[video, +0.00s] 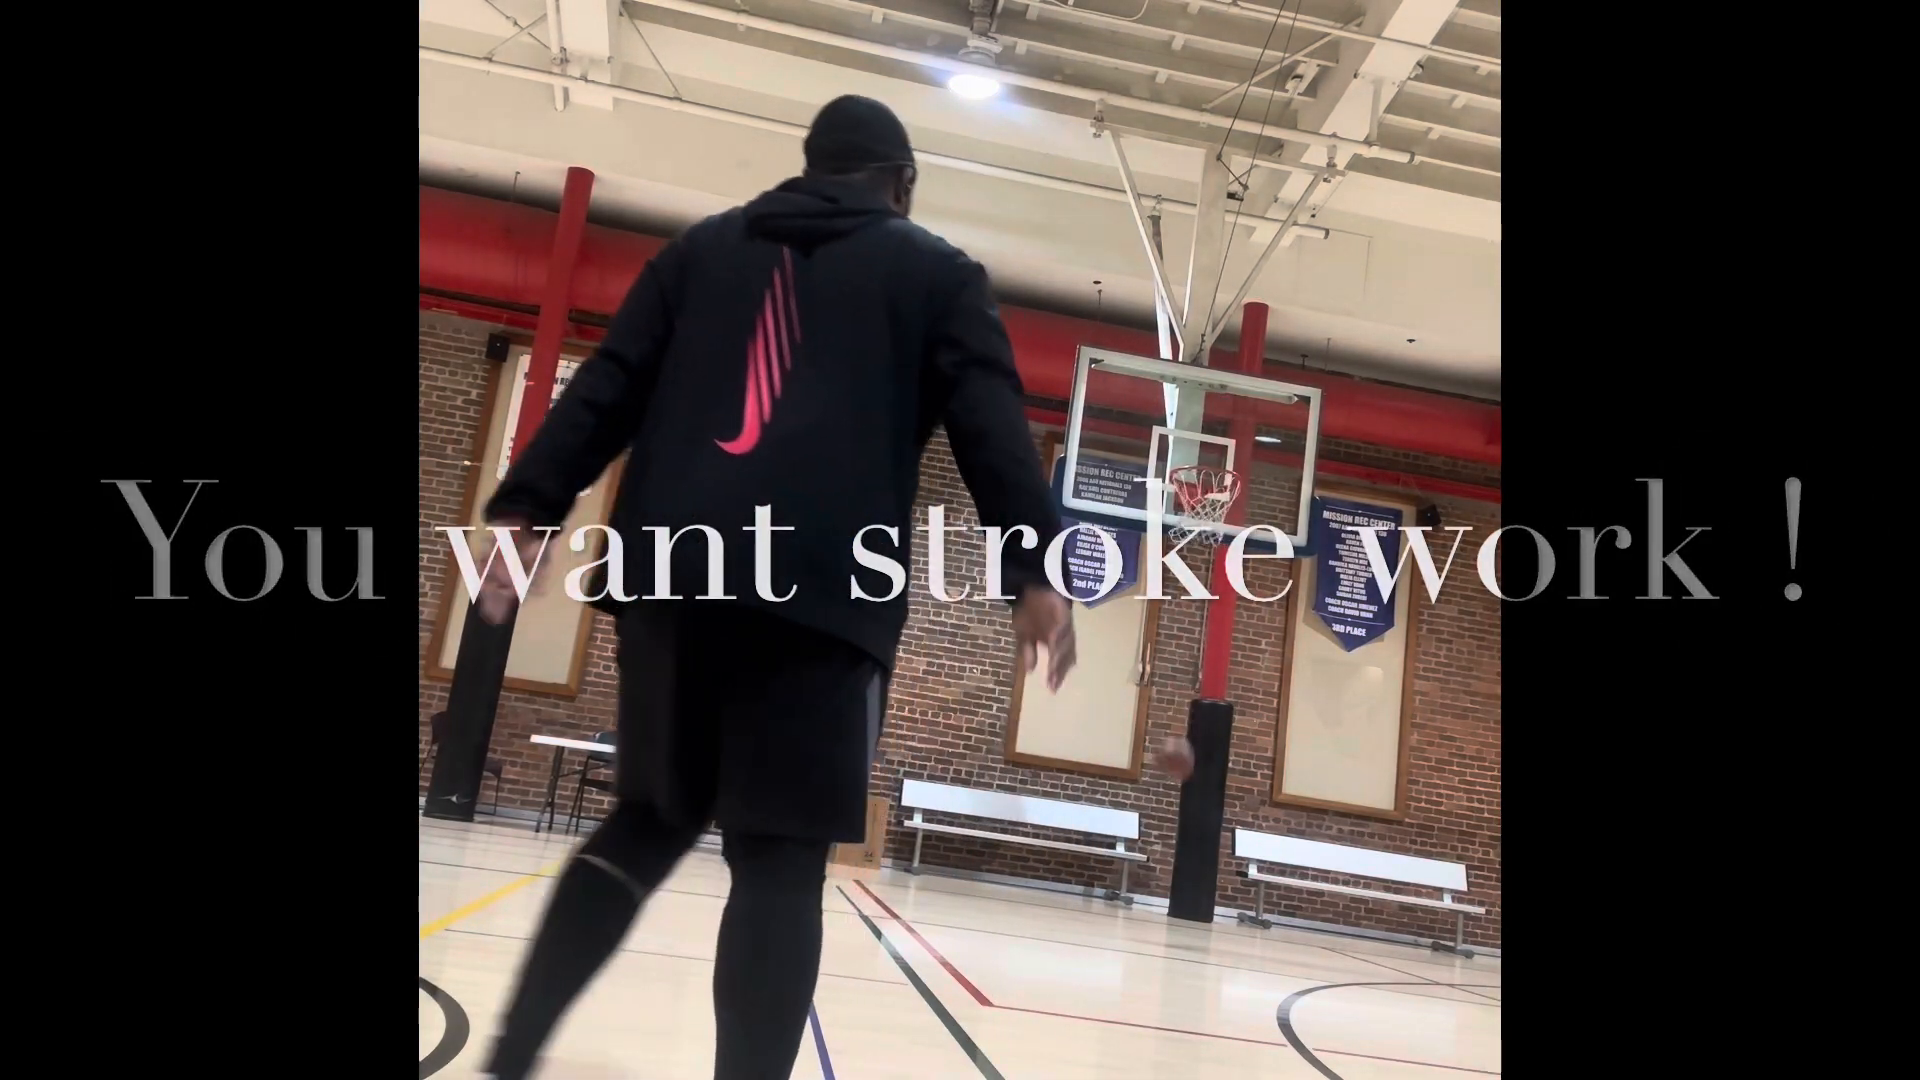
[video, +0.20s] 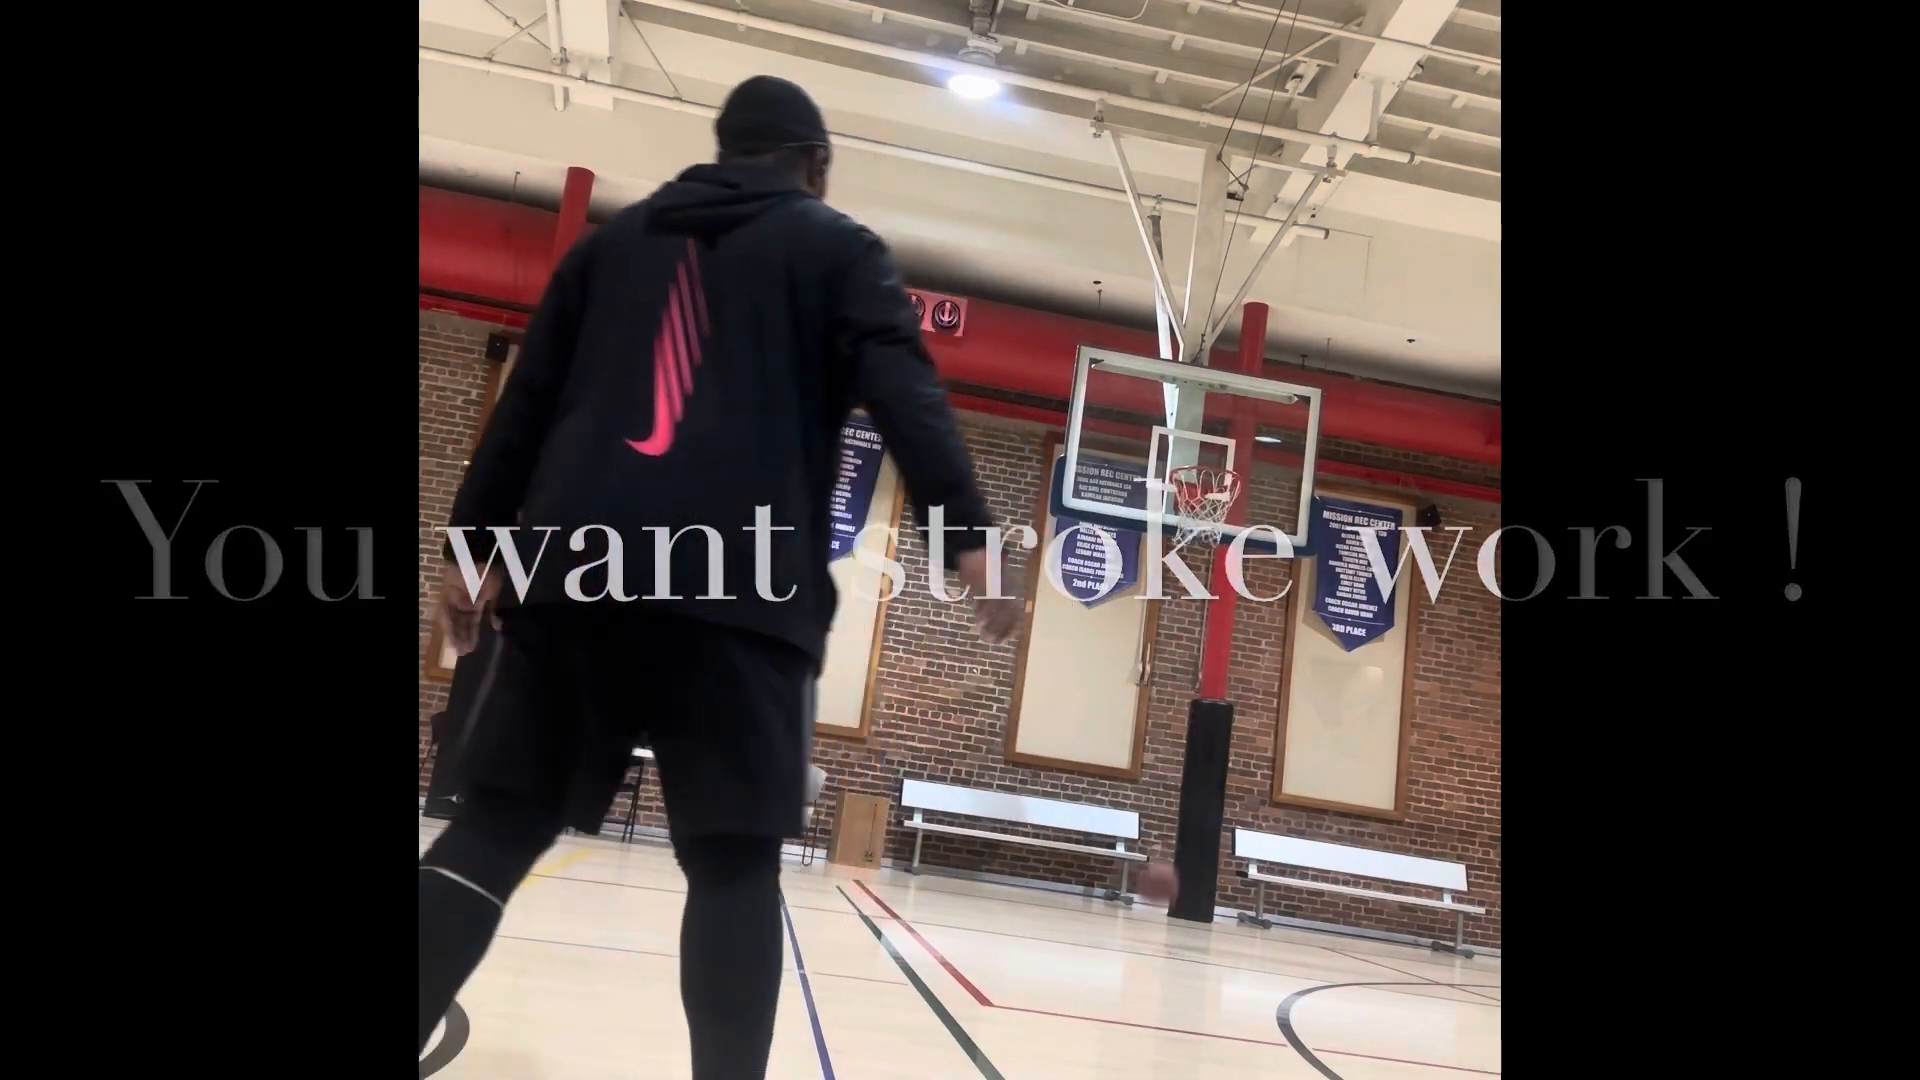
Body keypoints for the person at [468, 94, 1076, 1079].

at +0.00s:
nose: (912, 196)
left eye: (910, 185)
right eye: (913, 183)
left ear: (809, 168)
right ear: (899, 177)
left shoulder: (701, 248)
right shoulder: (931, 272)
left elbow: (611, 382)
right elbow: (989, 421)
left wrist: (528, 501)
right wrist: (1034, 568)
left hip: (664, 589)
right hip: (819, 606)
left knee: (648, 817)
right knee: (779, 861)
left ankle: (509, 1055)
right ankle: (750, 1074)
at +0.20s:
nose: (830, 183)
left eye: (825, 173)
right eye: (830, 170)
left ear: (722, 150)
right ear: (813, 161)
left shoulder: (610, 241)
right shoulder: (839, 250)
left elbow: (528, 398)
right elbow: (908, 396)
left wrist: (473, 535)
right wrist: (969, 525)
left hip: (573, 586)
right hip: (738, 603)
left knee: (491, 831)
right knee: (734, 867)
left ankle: (417, 1029)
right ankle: (731, 1068)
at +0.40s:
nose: (744, 164)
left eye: (740, 152)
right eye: (746, 150)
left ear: (636, 130)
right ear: (728, 141)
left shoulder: (519, 219)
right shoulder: (755, 239)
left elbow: (474, 393)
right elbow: (796, 426)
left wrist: (454, 562)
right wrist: (808, 588)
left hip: (492, 563)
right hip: (668, 579)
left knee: (442, 816)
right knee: (692, 820)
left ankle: (407, 1035)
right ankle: (663, 1066)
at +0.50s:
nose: (720, 164)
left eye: (717, 152)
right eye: (721, 150)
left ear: (609, 126)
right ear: (701, 142)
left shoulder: (501, 213)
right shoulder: (729, 236)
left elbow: (455, 374)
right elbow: (779, 418)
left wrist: (473, 505)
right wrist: (748, 571)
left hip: (470, 555)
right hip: (644, 571)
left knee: (442, 802)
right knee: (659, 800)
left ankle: (407, 1035)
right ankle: (597, 1055)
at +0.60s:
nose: (701, 168)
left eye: (696, 156)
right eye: (703, 155)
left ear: (593, 131)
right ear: (688, 148)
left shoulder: (485, 223)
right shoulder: (717, 245)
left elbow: (442, 378)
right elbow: (766, 418)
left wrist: (469, 499)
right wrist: (700, 545)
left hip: (464, 556)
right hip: (631, 576)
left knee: (439, 792)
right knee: (610, 807)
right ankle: (548, 1056)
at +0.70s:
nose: (692, 183)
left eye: (688, 171)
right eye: (694, 170)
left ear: (587, 149)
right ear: (680, 163)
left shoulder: (482, 232)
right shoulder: (710, 259)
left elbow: (424, 374)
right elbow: (764, 421)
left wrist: (437, 508)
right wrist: (717, 561)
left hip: (460, 562)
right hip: (621, 584)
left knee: (436, 793)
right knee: (573, 814)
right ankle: (514, 1048)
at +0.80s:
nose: (692, 206)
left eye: (685, 193)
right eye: (695, 193)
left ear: (586, 172)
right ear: (683, 187)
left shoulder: (485, 252)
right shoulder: (713, 284)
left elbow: (425, 395)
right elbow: (756, 451)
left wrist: (423, 533)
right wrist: (738, 598)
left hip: (461, 571)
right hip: (620, 596)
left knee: (438, 796)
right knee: (552, 822)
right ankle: (480, 1051)